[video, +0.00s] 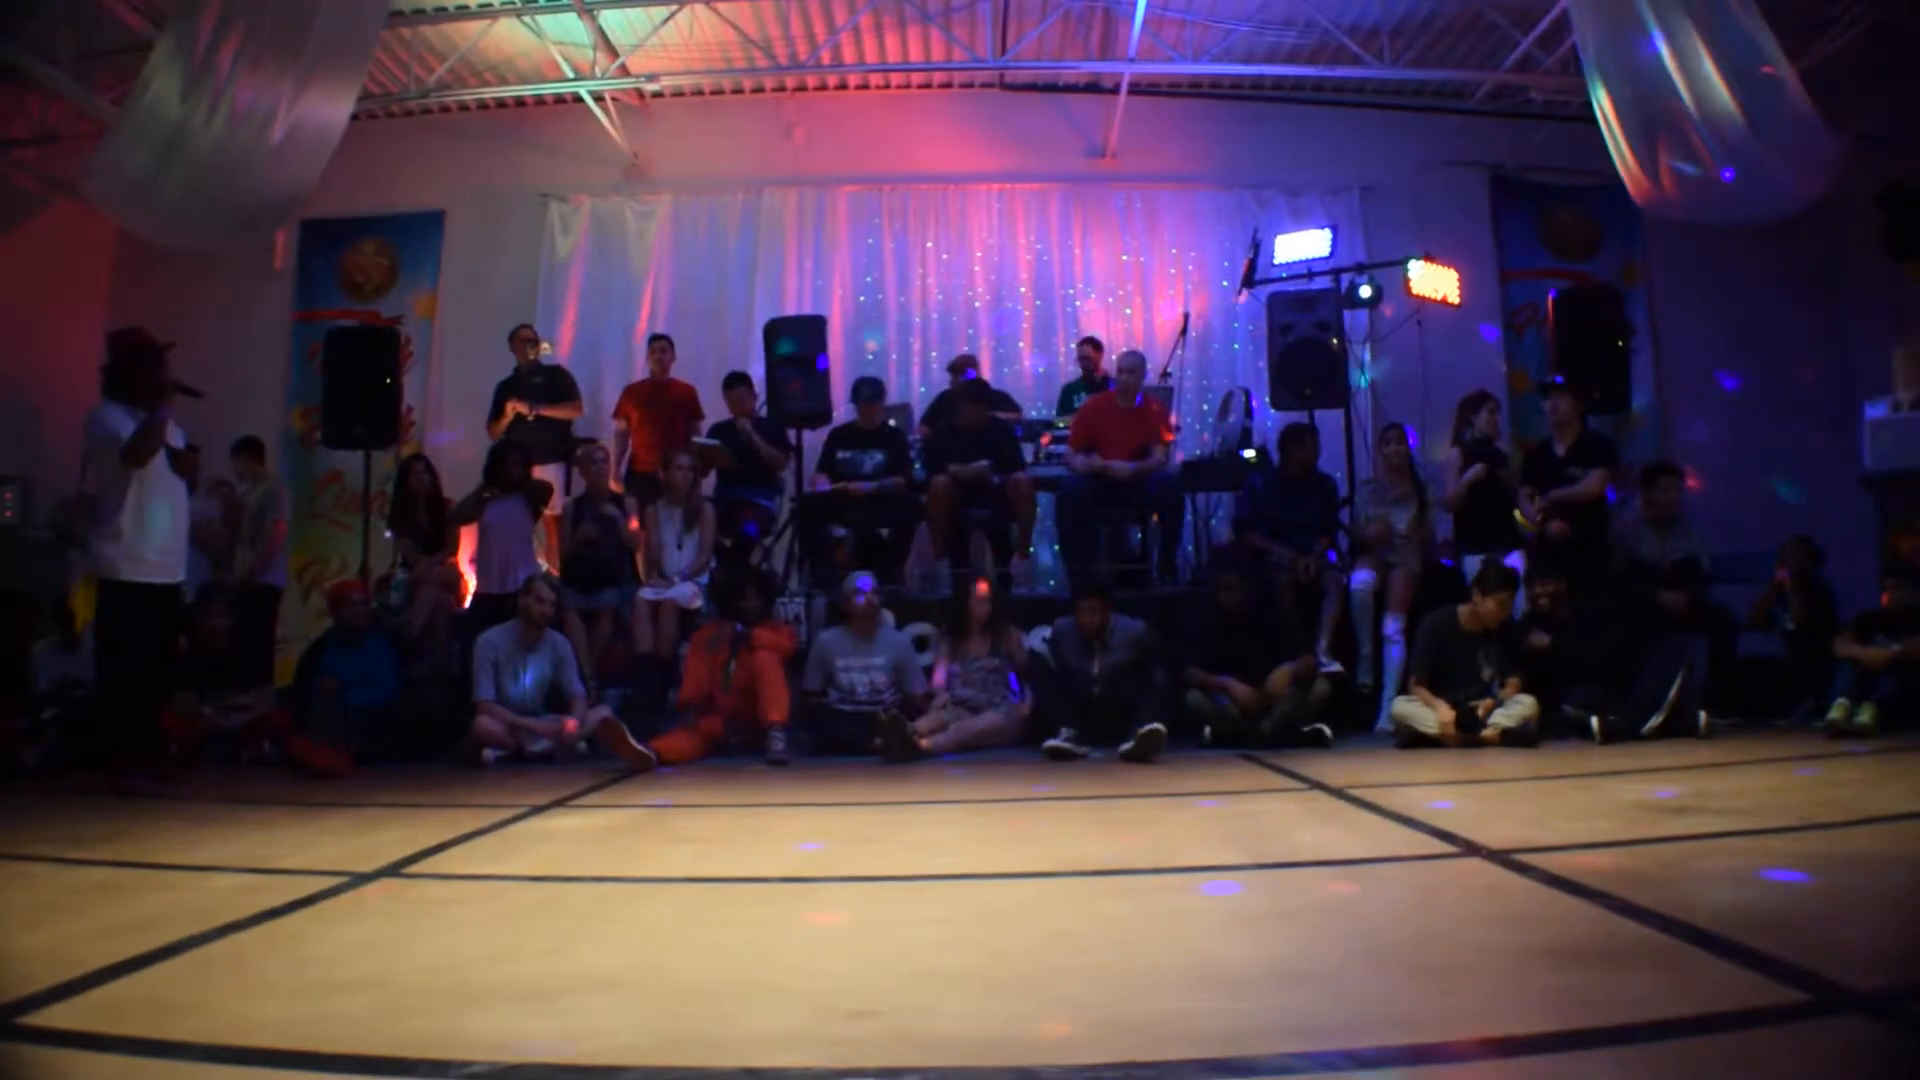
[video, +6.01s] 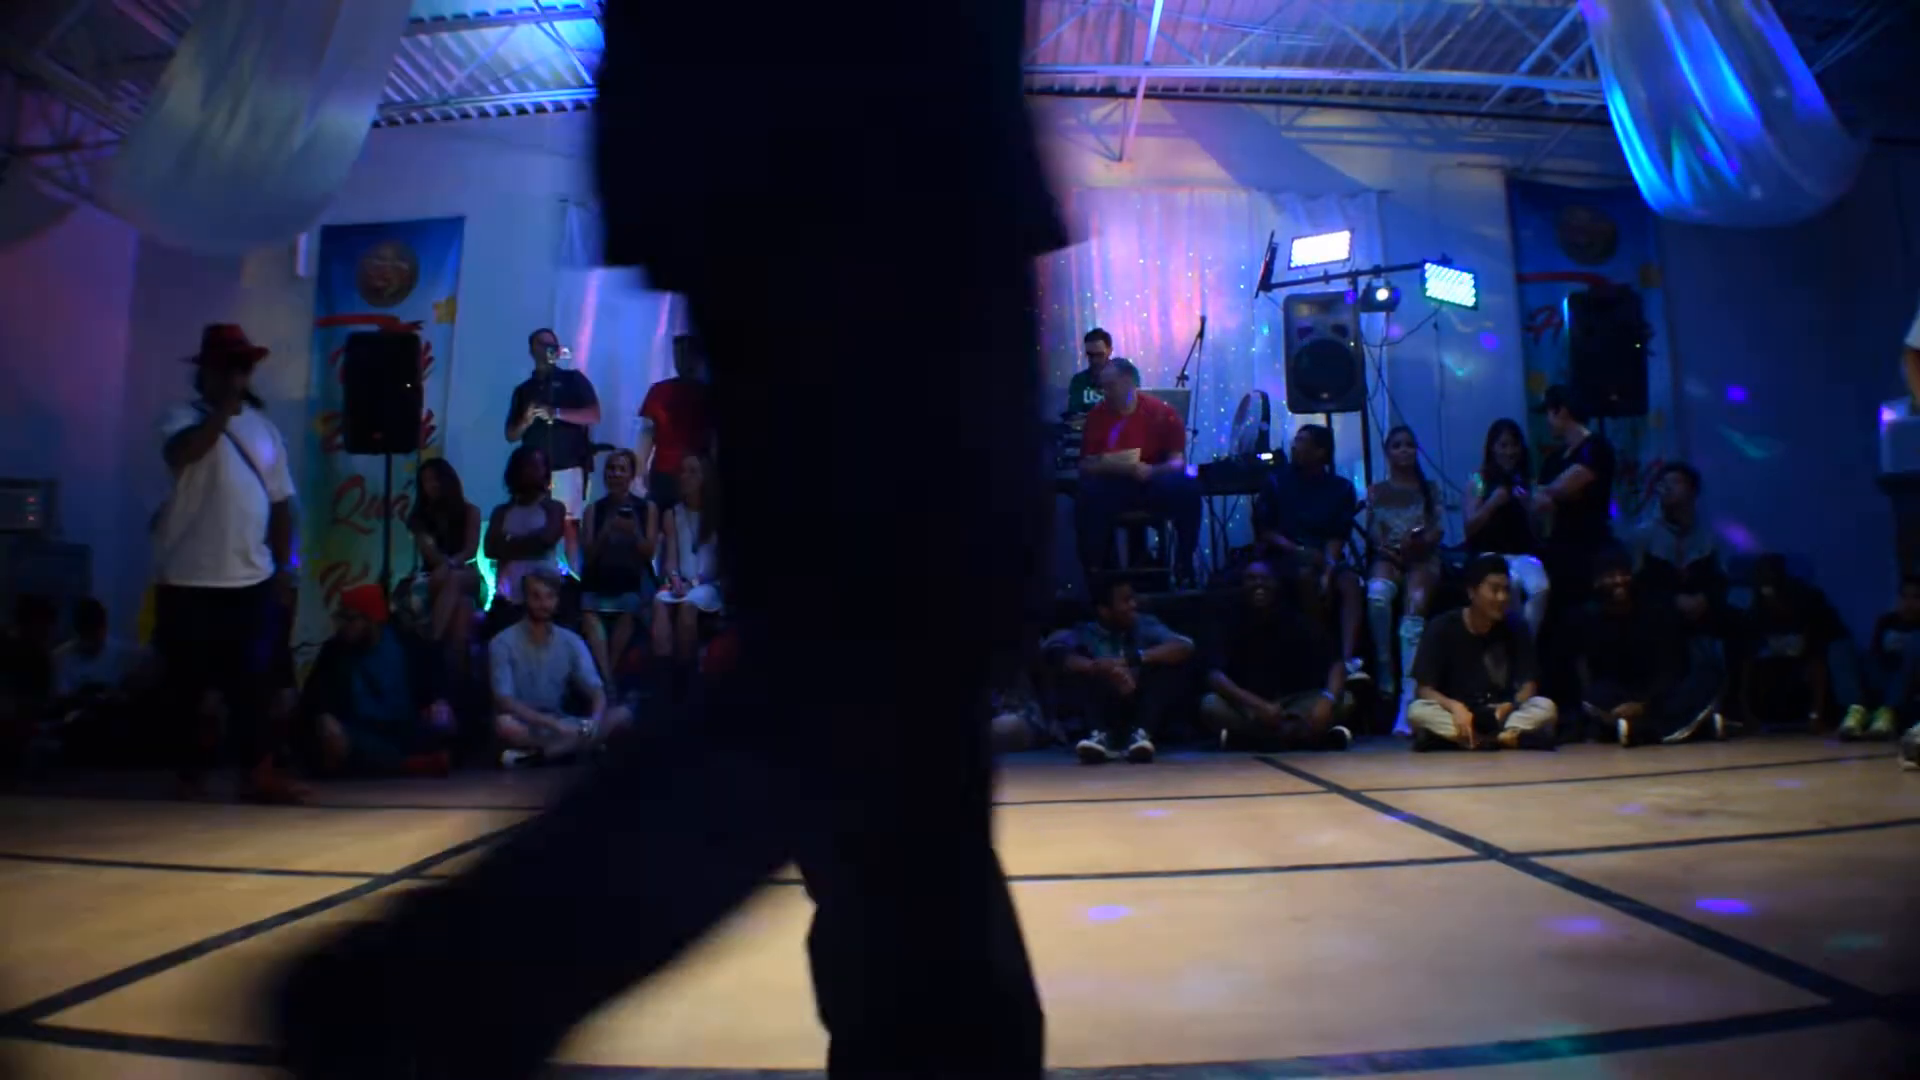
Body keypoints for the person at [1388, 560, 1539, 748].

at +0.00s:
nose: (1505, 613)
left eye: (1508, 605)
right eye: (1499, 604)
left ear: (1512, 602)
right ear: (1477, 596)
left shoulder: (1505, 630)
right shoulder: (1438, 625)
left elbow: (1514, 682)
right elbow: (1416, 685)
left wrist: (1493, 702)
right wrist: (1441, 708)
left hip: (1485, 700)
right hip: (1444, 703)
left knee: (1528, 704)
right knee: (1400, 707)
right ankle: (1485, 736)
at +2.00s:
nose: (1492, 602)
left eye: (1491, 595)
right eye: (1484, 595)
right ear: (1461, 599)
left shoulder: (1503, 630)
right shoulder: (1433, 630)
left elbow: (1528, 684)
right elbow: (1421, 689)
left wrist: (1509, 707)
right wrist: (1457, 707)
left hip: (1498, 704)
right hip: (1454, 707)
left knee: (1545, 707)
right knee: (1418, 711)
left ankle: (1466, 743)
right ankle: (1506, 739)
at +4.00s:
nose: (1499, 612)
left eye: (1505, 606)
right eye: (1494, 603)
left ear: (1511, 606)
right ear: (1472, 596)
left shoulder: (1510, 630)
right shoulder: (1438, 629)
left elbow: (1528, 686)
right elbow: (1423, 690)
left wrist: (1508, 707)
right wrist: (1456, 707)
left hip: (1499, 706)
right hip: (1457, 710)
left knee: (1546, 707)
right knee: (1418, 711)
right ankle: (1505, 740)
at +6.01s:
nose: (1502, 598)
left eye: (1505, 590)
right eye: (1494, 590)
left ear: (1510, 593)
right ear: (1472, 592)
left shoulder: (1515, 628)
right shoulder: (1442, 628)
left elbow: (1529, 684)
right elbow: (1424, 689)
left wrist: (1510, 706)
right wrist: (1456, 708)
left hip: (1501, 705)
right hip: (1456, 706)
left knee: (1545, 707)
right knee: (1417, 711)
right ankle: (1502, 740)